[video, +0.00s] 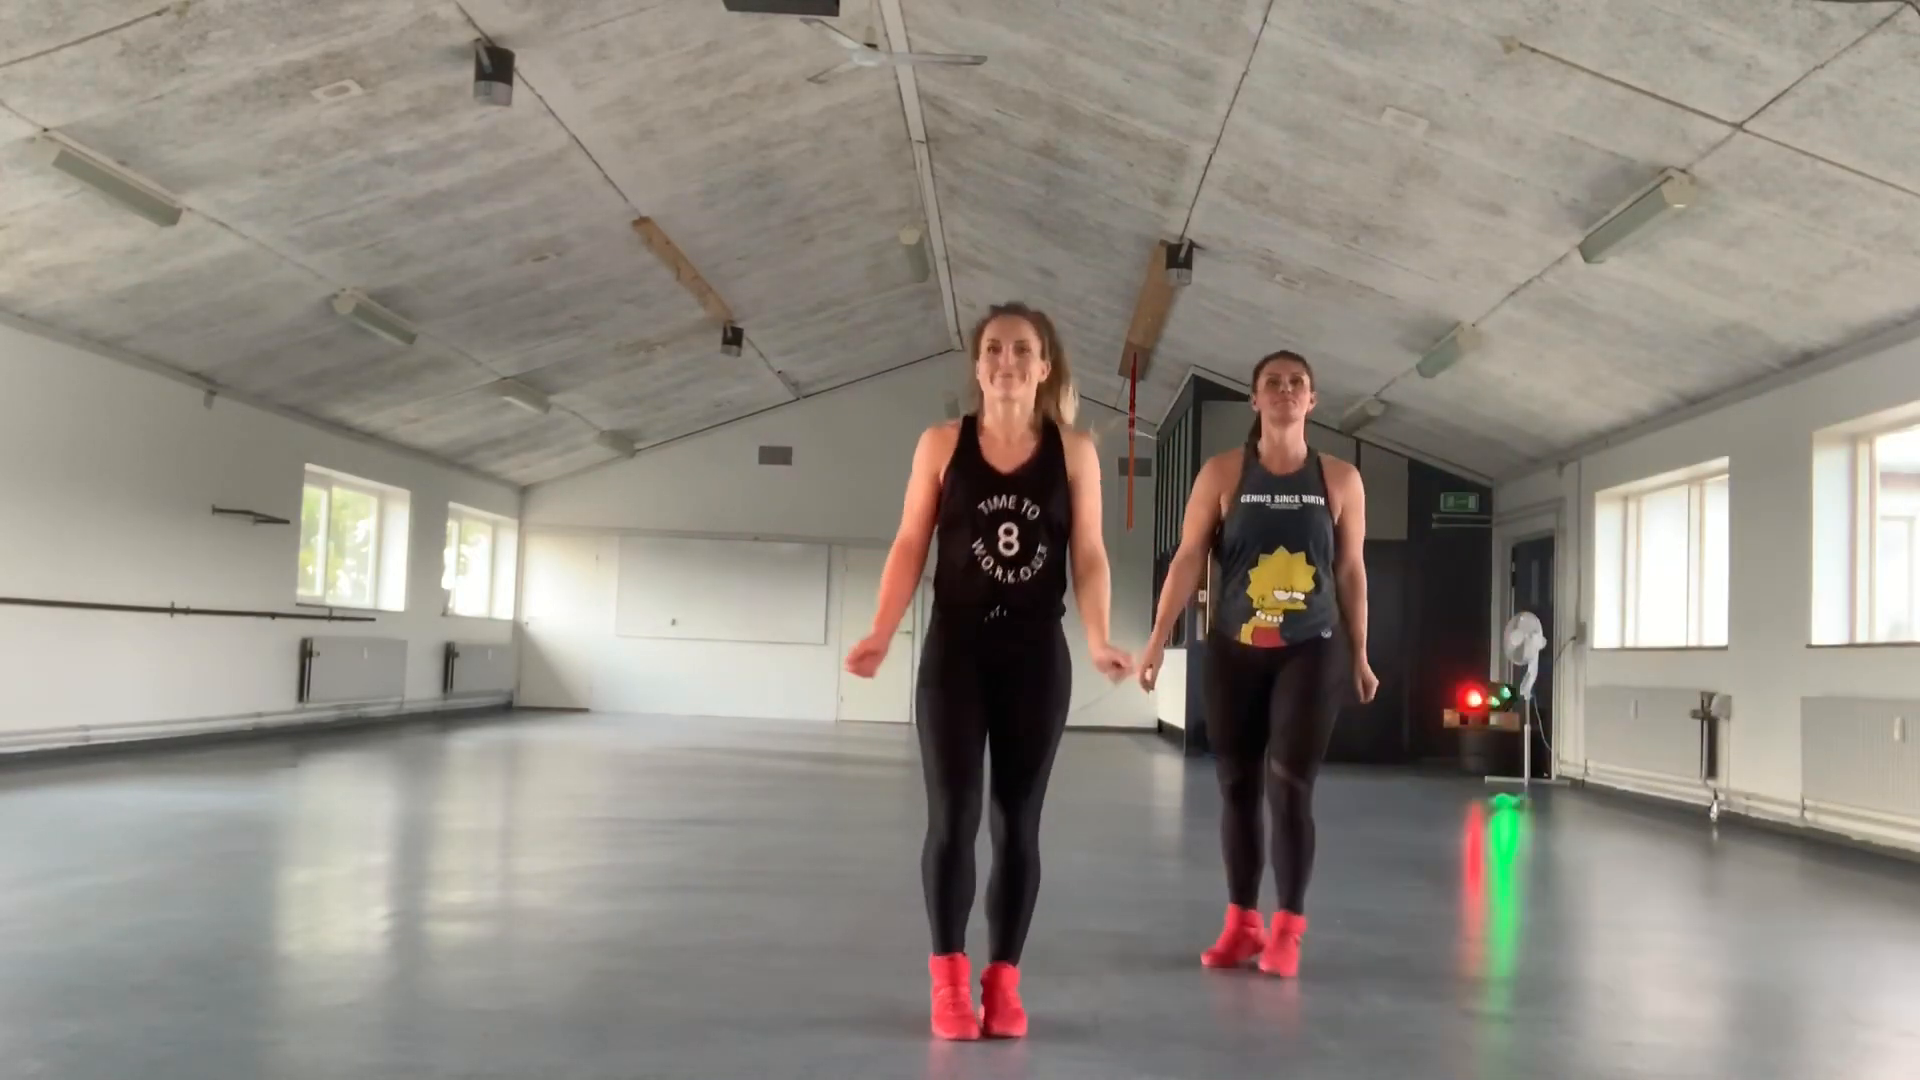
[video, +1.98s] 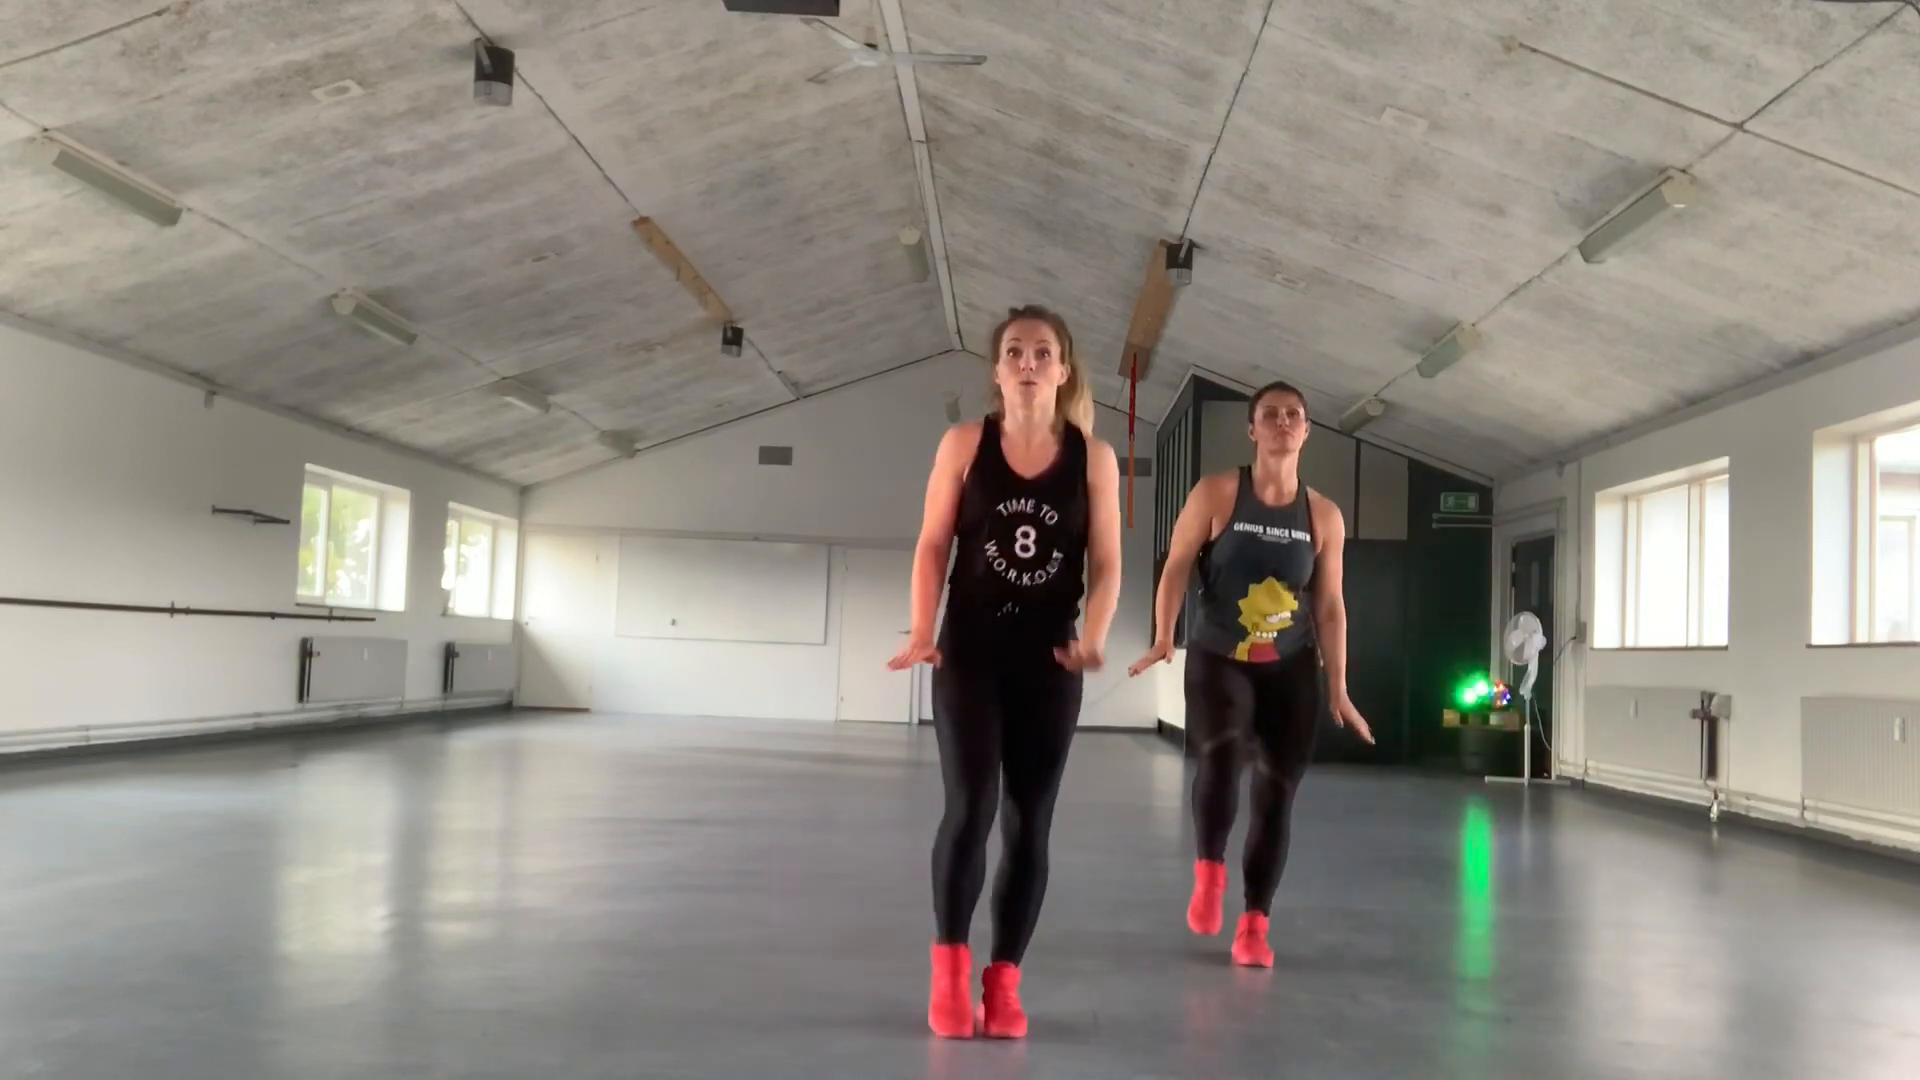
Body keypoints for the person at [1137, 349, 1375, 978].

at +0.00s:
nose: (1285, 392)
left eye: (1295, 383)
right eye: (1273, 384)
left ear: (1312, 399)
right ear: (1255, 399)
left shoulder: (1341, 479)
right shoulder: (1221, 471)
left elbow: (1351, 570)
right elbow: (1188, 557)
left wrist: (1359, 653)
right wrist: (1157, 639)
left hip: (1310, 650)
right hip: (1232, 651)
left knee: (1288, 779)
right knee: (1237, 786)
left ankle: (1288, 925)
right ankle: (1242, 921)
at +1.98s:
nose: (1283, 423)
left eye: (1293, 415)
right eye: (1271, 415)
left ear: (1306, 430)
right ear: (1252, 428)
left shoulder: (1324, 514)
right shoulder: (1214, 494)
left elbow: (1331, 607)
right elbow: (1175, 566)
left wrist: (1339, 689)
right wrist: (1164, 635)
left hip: (1291, 666)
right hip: (1218, 660)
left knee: (1275, 792)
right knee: (1222, 749)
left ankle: (1256, 921)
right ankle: (1210, 867)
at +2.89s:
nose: (1209, 405)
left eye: (1220, 397)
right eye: (1198, 396)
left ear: (1234, 413)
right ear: (1177, 408)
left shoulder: (1254, 481)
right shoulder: (1140, 478)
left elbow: (1264, 566)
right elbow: (1110, 560)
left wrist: (1263, 647)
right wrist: (1083, 640)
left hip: (1214, 648)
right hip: (1142, 643)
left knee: (1202, 776)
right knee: (1145, 769)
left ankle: (1202, 907)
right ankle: (1143, 897)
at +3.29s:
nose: (1119, 399)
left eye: (1129, 391)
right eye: (1108, 389)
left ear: (1142, 406)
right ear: (1087, 401)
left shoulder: (1164, 469)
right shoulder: (1052, 468)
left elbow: (1176, 555)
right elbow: (1027, 552)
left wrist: (1174, 634)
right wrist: (1008, 634)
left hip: (1129, 651)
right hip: (1055, 647)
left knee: (1116, 777)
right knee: (1058, 775)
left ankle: (1120, 902)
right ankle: (1053, 906)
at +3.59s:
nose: (1048, 396)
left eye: (1059, 389)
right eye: (1038, 387)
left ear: (1074, 405)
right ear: (1019, 399)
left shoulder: (1093, 484)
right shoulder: (984, 465)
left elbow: (1105, 575)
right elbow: (951, 549)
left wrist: (1090, 639)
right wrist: (930, 619)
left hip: (1060, 646)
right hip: (983, 641)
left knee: (1064, 781)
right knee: (956, 762)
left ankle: (1076, 909)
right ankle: (951, 889)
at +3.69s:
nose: (1016, 396)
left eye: (1028, 388)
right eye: (1006, 387)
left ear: (1044, 403)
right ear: (989, 400)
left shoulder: (1068, 478)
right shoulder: (955, 470)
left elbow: (1100, 560)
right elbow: (916, 552)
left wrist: (1085, 632)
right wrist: (853, 593)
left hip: (1026, 647)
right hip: (951, 642)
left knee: (1041, 772)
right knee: (955, 775)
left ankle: (1035, 897)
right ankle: (946, 906)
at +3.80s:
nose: (981, 400)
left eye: (992, 392)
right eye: (971, 390)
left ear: (1008, 406)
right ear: (954, 402)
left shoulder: (1033, 480)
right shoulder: (923, 476)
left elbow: (1076, 560)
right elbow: (873, 540)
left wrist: (1110, 630)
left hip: (994, 649)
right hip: (925, 642)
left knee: (968, 779)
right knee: (894, 762)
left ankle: (979, 903)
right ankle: (925, 895)